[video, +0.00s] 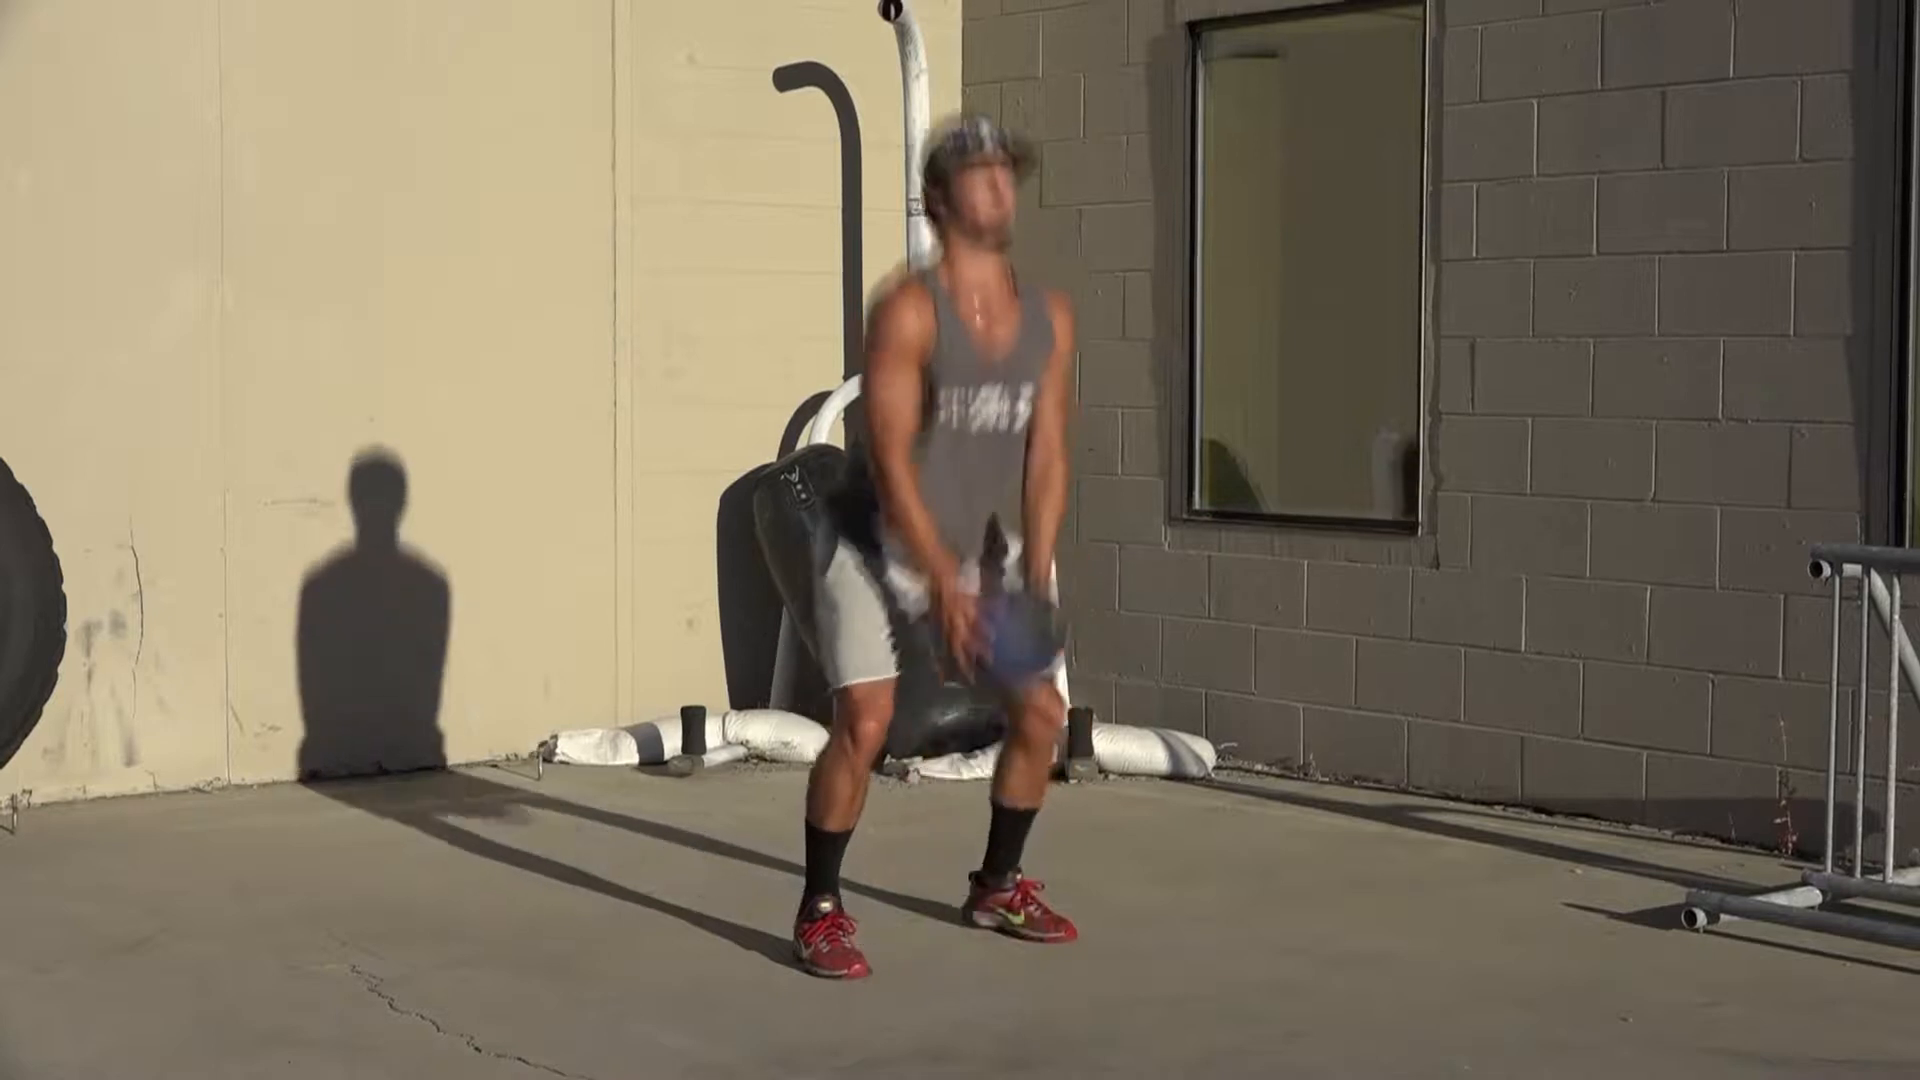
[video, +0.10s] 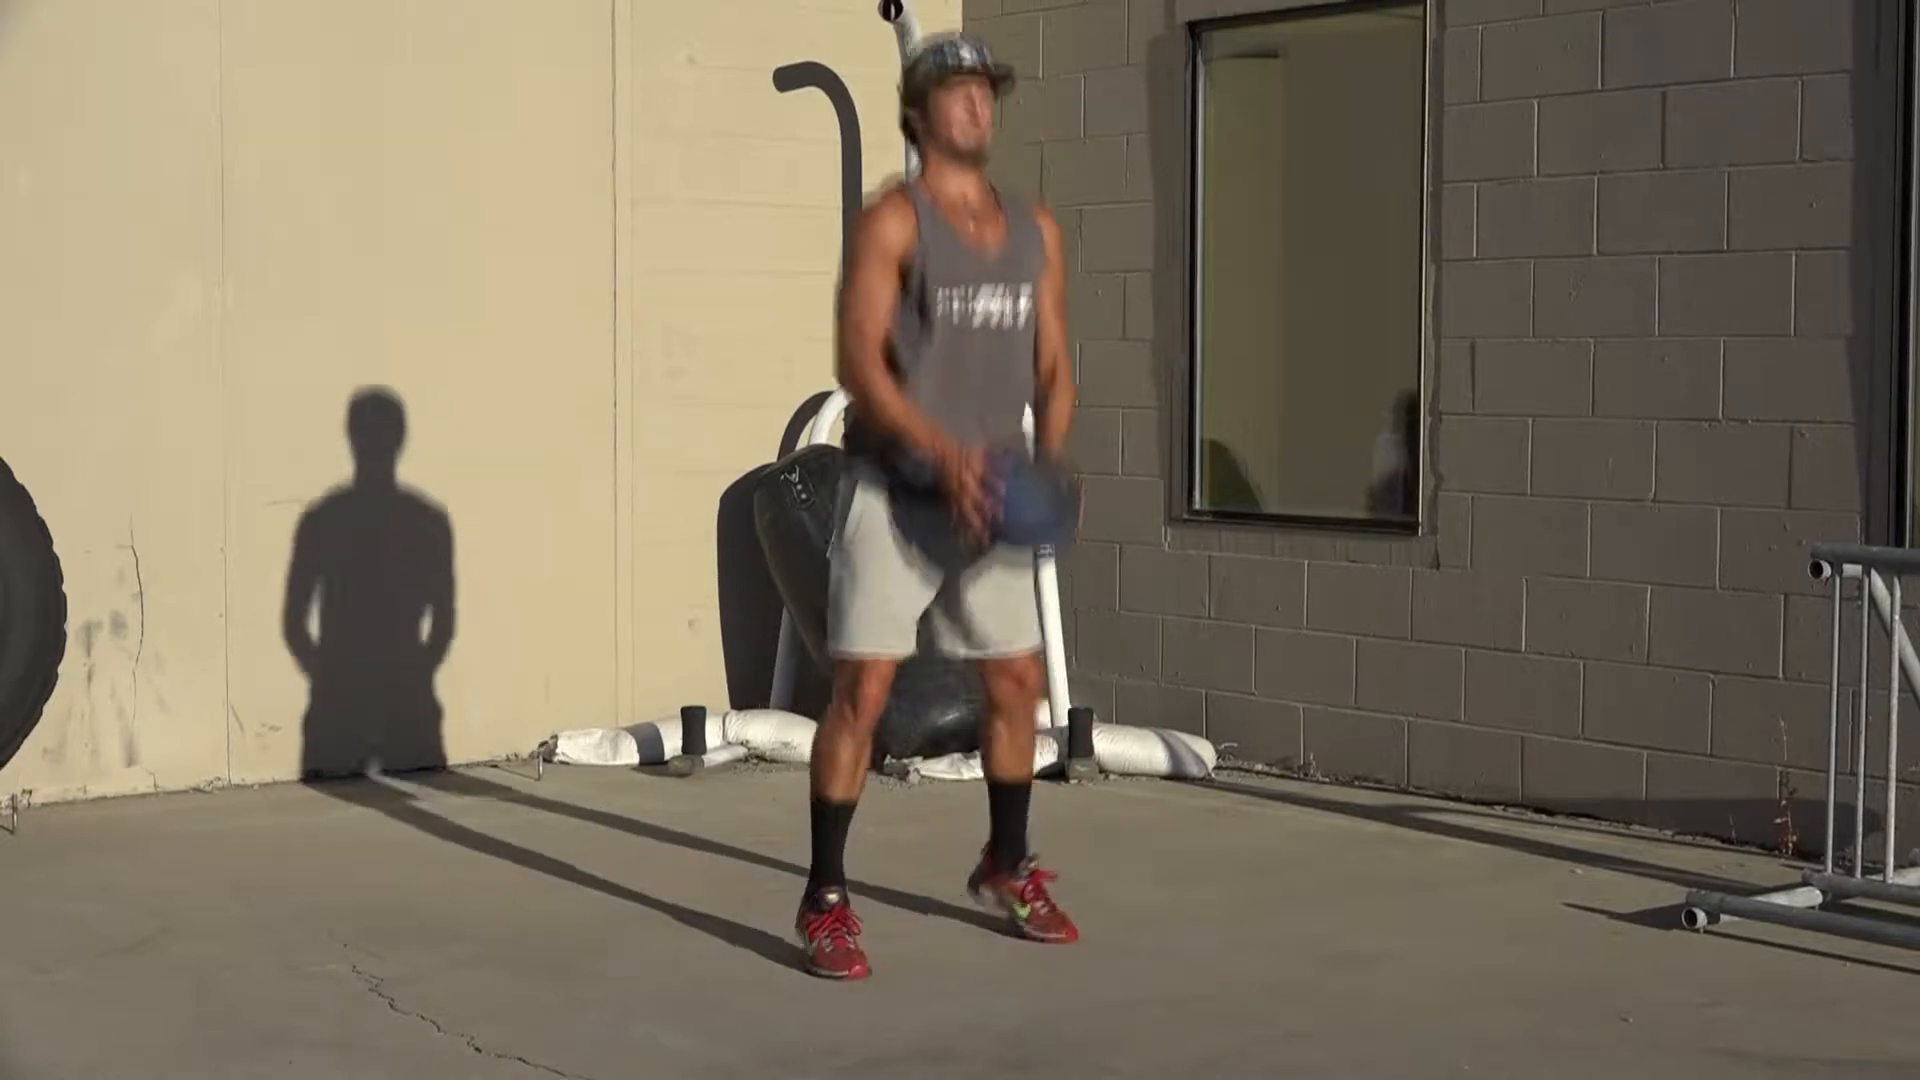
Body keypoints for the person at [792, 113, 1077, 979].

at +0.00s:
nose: (995, 187)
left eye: (1002, 173)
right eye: (975, 174)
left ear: (1016, 191)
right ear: (939, 196)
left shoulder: (1047, 314)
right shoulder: (906, 310)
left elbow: (1048, 453)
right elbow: (888, 462)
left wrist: (1039, 569)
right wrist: (942, 580)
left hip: (980, 546)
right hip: (879, 540)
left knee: (1042, 711)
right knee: (866, 719)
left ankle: (998, 885)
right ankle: (819, 909)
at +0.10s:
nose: (975, 105)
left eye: (983, 92)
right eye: (956, 91)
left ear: (997, 110)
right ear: (918, 111)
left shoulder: (1036, 227)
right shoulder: (890, 221)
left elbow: (1054, 368)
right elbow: (861, 369)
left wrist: (1050, 466)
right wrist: (941, 453)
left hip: (998, 485)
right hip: (893, 486)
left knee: (1018, 681)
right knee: (862, 691)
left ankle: (1007, 865)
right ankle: (825, 900)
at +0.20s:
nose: (959, 73)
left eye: (969, 60)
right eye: (940, 60)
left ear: (982, 76)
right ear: (902, 77)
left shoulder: (1022, 190)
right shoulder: (879, 175)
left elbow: (1066, 310)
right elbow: (834, 309)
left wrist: (1056, 372)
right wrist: (944, 358)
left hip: (1005, 459)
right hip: (904, 456)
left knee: (1010, 654)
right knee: (869, 658)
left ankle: (1028, 839)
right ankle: (839, 882)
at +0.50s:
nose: (954, 195)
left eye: (965, 180)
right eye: (936, 181)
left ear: (982, 194)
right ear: (901, 199)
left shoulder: (1012, 291)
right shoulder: (888, 306)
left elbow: (1136, 405)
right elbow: (869, 429)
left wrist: (1080, 352)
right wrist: (977, 360)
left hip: (972, 571)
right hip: (868, 570)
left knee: (1055, 716)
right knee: (861, 728)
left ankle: (1003, 884)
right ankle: (819, 910)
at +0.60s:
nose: (976, 297)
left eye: (985, 282)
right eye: (958, 282)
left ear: (996, 293)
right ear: (920, 295)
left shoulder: (1017, 388)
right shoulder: (891, 402)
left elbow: (1144, 509)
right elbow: (863, 540)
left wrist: (1070, 450)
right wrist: (967, 466)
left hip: (954, 619)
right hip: (853, 614)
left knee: (1062, 726)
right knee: (860, 733)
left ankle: (1002, 887)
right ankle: (820, 913)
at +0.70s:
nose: (985, 386)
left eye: (995, 370)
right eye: (967, 371)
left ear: (1009, 382)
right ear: (930, 385)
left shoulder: (1019, 483)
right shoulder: (895, 487)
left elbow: (1136, 599)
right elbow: (856, 629)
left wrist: (1078, 555)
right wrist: (963, 570)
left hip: (931, 653)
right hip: (830, 656)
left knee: (1058, 727)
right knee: (856, 737)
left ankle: (1002, 887)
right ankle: (820, 913)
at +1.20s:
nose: (980, 274)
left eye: (993, 258)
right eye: (963, 257)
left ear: (1004, 271)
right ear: (926, 267)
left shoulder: (1015, 374)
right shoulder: (884, 374)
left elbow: (1126, 495)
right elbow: (836, 506)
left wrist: (1061, 441)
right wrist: (947, 454)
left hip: (959, 593)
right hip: (854, 586)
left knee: (1047, 721)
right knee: (862, 725)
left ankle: (1004, 886)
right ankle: (821, 911)